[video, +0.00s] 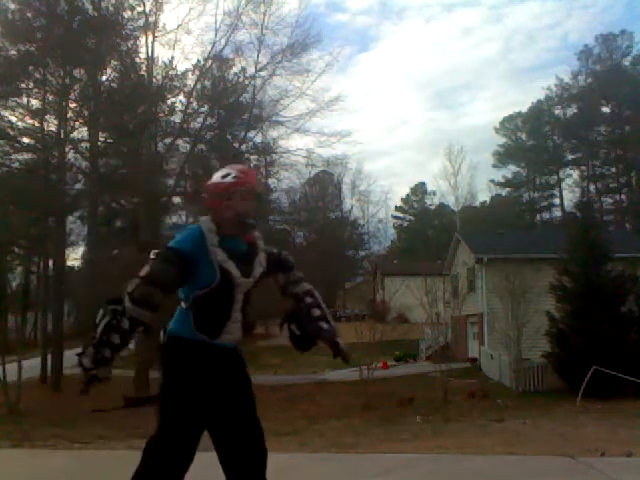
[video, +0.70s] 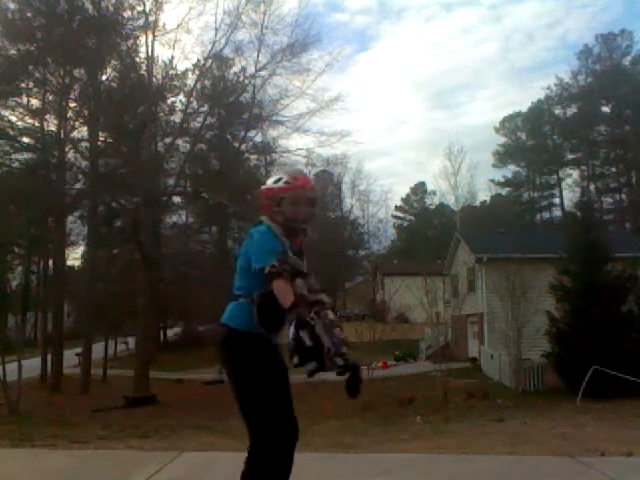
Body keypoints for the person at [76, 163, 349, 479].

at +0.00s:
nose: (251, 208)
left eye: (253, 200)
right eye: (243, 200)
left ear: (250, 204)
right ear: (221, 203)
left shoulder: (253, 248)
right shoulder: (193, 241)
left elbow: (289, 277)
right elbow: (145, 293)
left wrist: (313, 318)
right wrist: (103, 350)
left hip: (228, 357)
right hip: (187, 355)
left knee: (247, 449)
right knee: (173, 448)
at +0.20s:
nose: (266, 219)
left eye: (272, 212)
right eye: (257, 210)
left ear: (278, 217)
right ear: (237, 211)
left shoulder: (267, 256)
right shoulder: (212, 247)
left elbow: (295, 289)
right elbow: (172, 294)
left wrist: (310, 326)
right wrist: (134, 341)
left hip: (236, 361)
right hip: (196, 358)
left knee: (259, 447)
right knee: (176, 446)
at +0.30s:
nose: (274, 222)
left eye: (280, 214)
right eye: (266, 213)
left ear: (285, 218)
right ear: (245, 215)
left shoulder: (274, 255)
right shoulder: (224, 252)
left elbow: (294, 299)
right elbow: (185, 310)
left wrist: (303, 344)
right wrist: (158, 373)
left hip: (246, 365)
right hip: (208, 363)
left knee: (268, 448)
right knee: (182, 449)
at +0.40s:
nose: (285, 219)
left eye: (290, 212)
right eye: (278, 211)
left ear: (292, 214)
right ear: (257, 212)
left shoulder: (280, 250)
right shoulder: (237, 249)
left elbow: (291, 310)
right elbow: (219, 317)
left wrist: (291, 365)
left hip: (260, 367)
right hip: (228, 366)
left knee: (274, 454)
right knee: (202, 447)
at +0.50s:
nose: (288, 216)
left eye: (294, 208)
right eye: (280, 208)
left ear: (299, 211)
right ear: (263, 210)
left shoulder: (284, 248)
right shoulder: (247, 244)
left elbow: (277, 305)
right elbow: (239, 304)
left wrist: (274, 356)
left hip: (262, 351)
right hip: (230, 348)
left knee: (276, 441)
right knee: (239, 438)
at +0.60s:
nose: (300, 213)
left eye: (304, 205)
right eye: (293, 205)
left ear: (305, 208)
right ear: (273, 207)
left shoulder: (282, 244)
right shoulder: (255, 241)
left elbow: (290, 295)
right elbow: (262, 301)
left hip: (263, 339)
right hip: (237, 339)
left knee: (277, 436)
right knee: (260, 435)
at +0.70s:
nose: (303, 212)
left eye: (307, 204)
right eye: (295, 203)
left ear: (310, 207)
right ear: (277, 206)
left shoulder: (287, 242)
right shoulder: (264, 237)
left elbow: (305, 289)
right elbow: (282, 289)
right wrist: (304, 322)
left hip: (262, 338)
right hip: (242, 338)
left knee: (281, 431)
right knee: (273, 433)